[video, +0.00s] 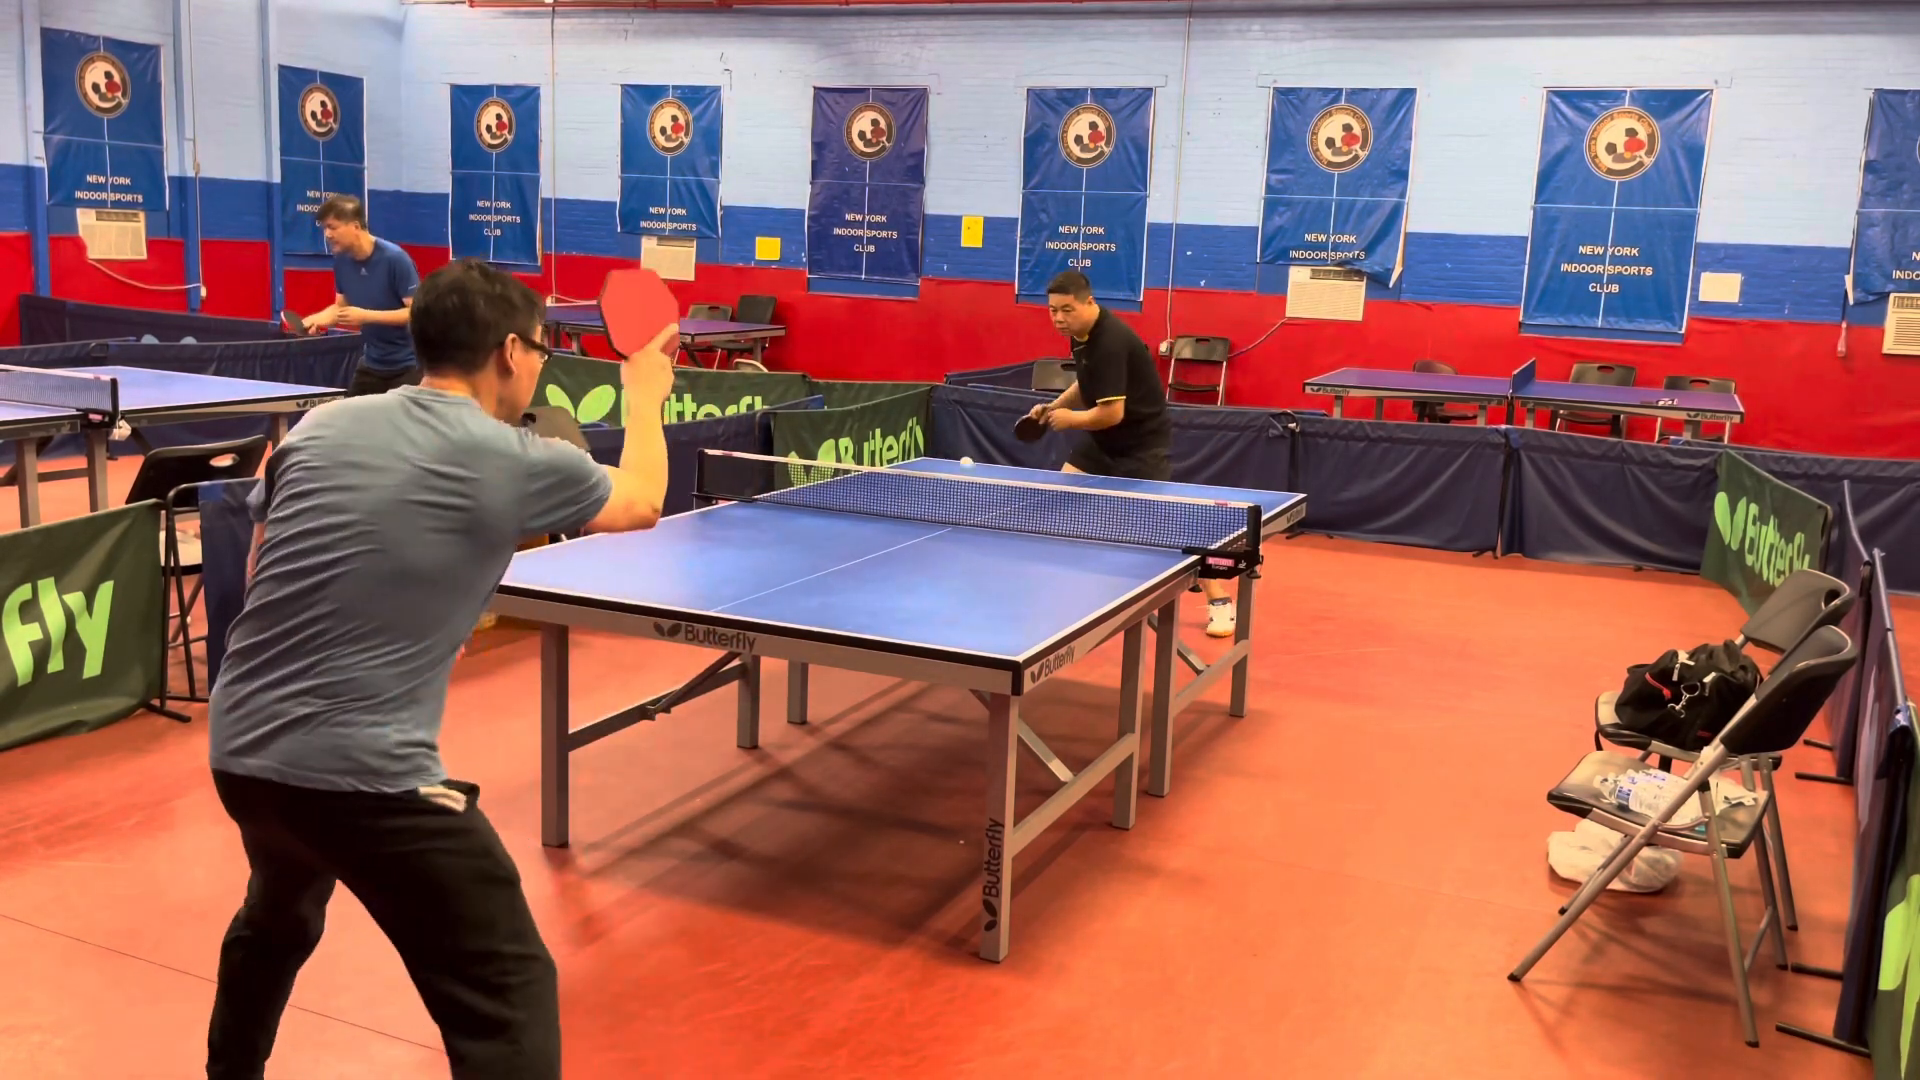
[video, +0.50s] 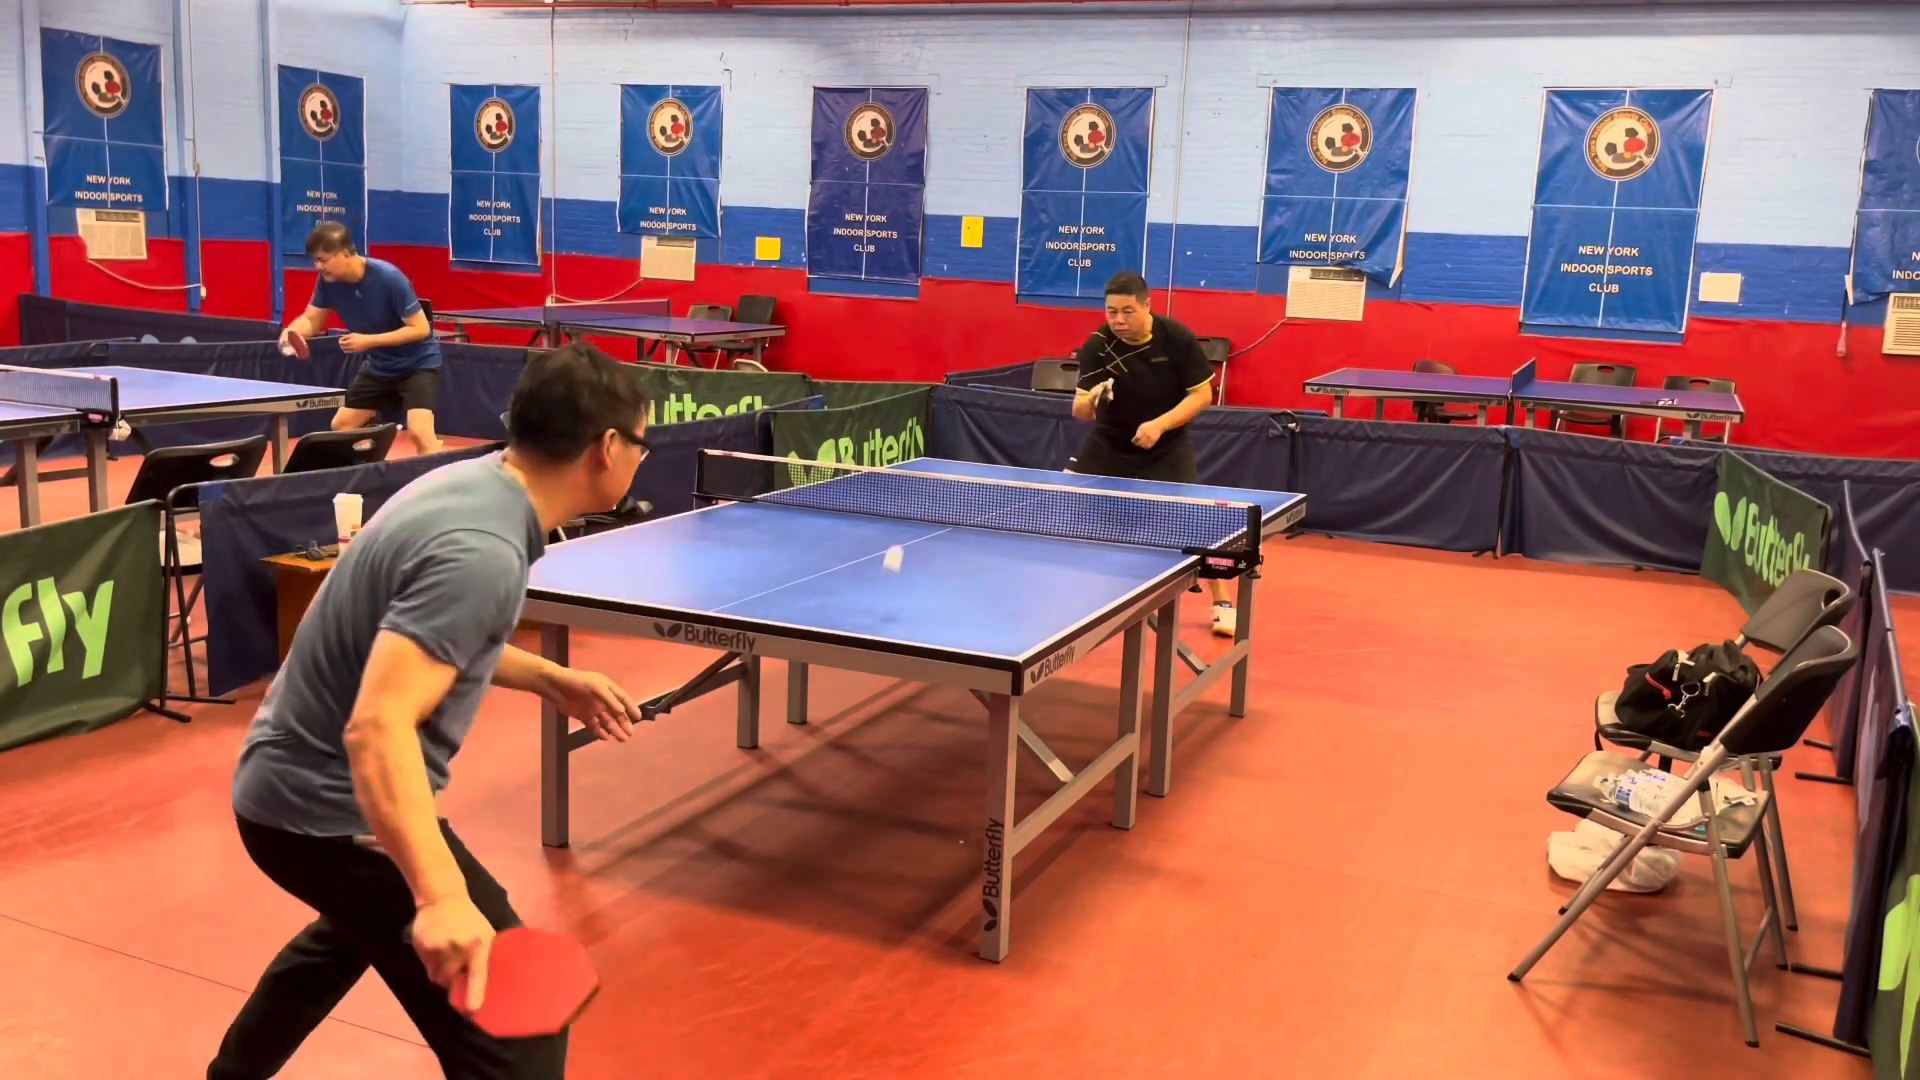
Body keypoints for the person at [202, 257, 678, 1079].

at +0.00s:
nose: (539, 372)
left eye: (540, 352)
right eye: (537, 352)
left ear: (424, 346)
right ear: (505, 354)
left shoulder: (317, 424)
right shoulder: (505, 457)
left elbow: (265, 559)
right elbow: (638, 499)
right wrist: (647, 392)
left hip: (243, 756)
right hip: (371, 773)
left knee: (275, 916)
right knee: (507, 989)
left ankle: (228, 1073)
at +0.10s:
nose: (540, 404)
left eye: (539, 385)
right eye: (538, 385)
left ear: (428, 383)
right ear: (513, 390)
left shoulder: (318, 454)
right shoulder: (515, 493)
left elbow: (241, 607)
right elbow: (631, 569)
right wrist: (644, 469)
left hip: (253, 796)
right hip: (389, 813)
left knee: (300, 904)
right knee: (547, 1003)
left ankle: (229, 1070)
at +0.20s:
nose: (567, 426)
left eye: (568, 407)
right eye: (566, 407)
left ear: (458, 403)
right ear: (544, 412)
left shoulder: (341, 472)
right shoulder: (543, 528)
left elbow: (253, 617)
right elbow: (603, 676)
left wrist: (366, 617)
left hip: (257, 800)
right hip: (388, 819)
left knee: (317, 916)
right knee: (559, 1006)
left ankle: (230, 1073)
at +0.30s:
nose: (610, 420)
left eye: (611, 401)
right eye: (610, 402)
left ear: (500, 394)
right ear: (588, 408)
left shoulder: (384, 454)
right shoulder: (557, 535)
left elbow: (289, 587)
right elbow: (539, 733)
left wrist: (396, 638)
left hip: (251, 767)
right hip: (367, 796)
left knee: (309, 922)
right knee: (536, 1006)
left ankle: (226, 1072)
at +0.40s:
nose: (642, 438)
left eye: (644, 419)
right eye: (642, 419)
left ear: (529, 405)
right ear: (614, 427)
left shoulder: (446, 461)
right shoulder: (530, 538)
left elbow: (387, 602)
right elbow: (450, 733)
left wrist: (501, 661)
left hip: (262, 757)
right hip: (341, 792)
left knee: (328, 909)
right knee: (512, 1005)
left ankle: (221, 1072)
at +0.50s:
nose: (640, 460)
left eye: (642, 444)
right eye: (638, 442)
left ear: (528, 424)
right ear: (604, 448)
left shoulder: (473, 489)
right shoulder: (482, 551)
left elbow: (434, 631)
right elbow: (378, 728)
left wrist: (551, 679)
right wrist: (441, 896)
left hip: (287, 785)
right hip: (329, 814)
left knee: (360, 919)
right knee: (511, 981)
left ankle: (233, 1071)